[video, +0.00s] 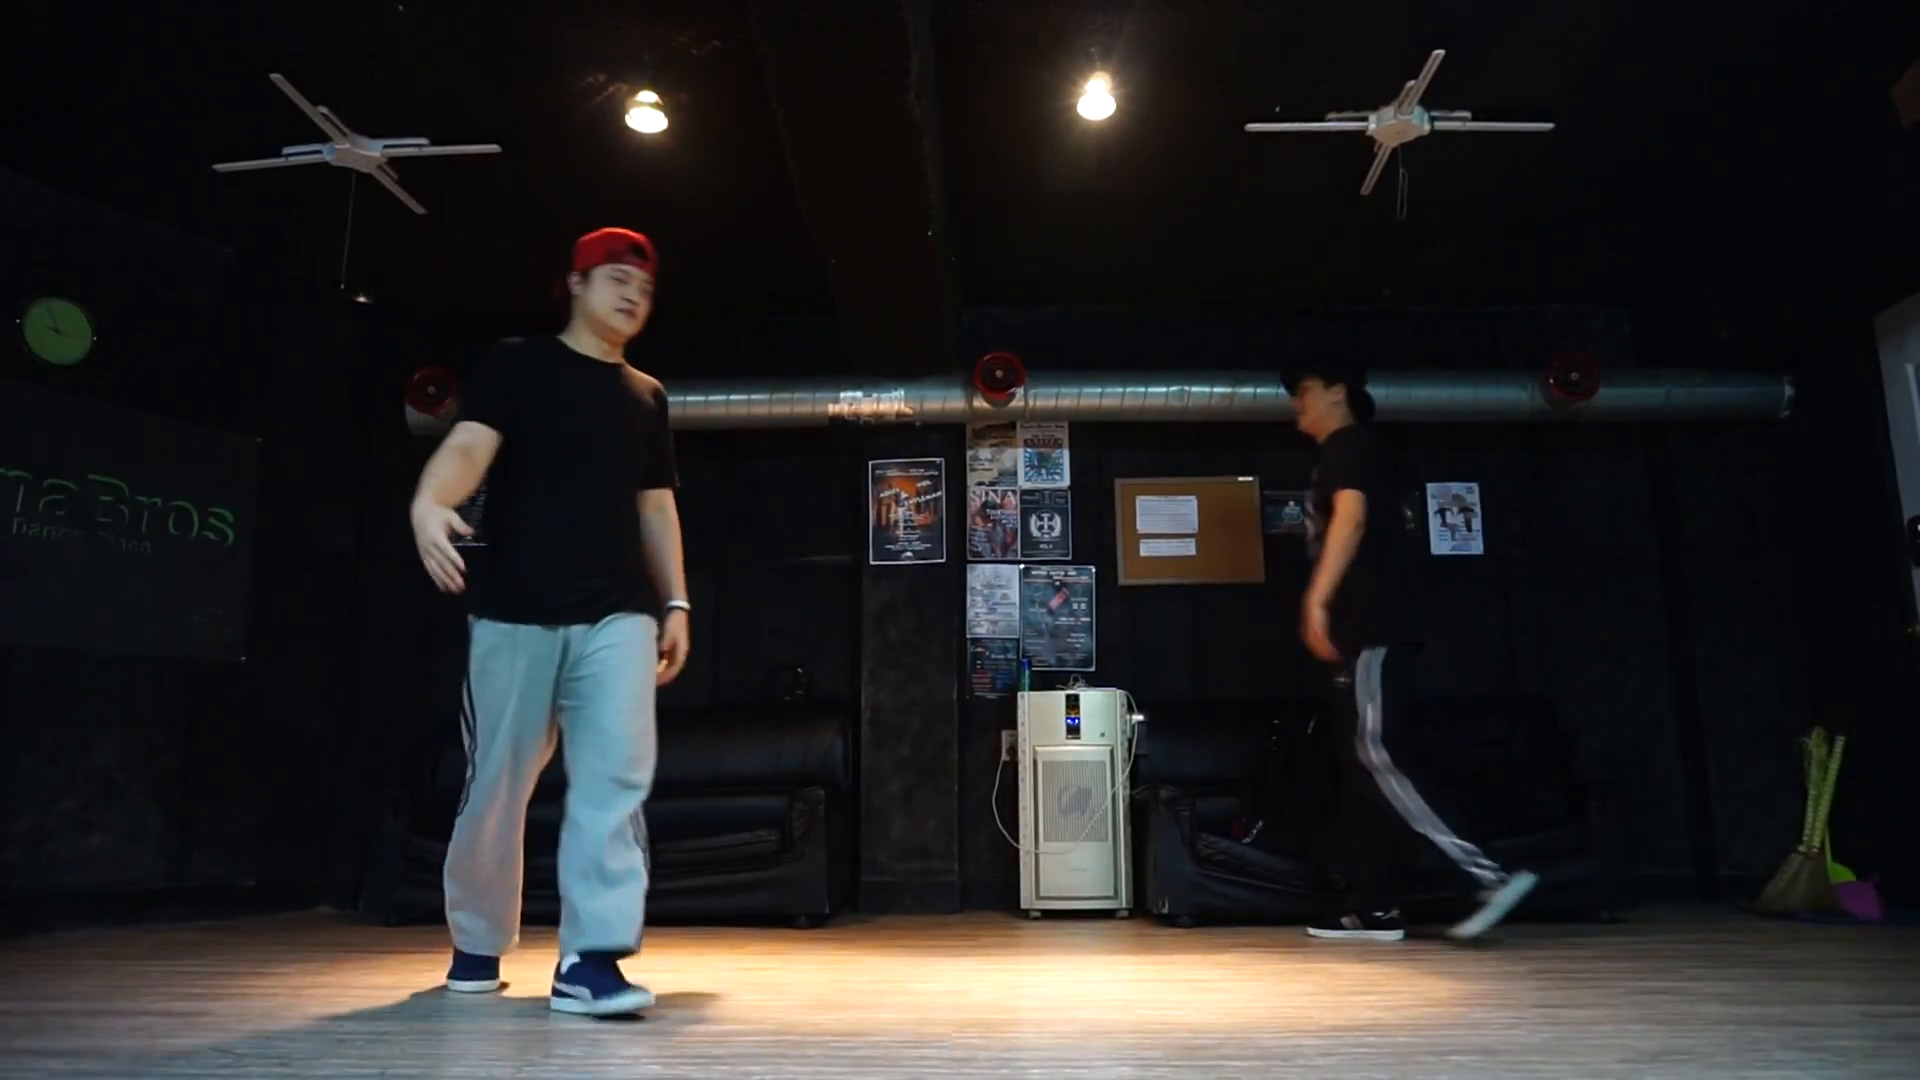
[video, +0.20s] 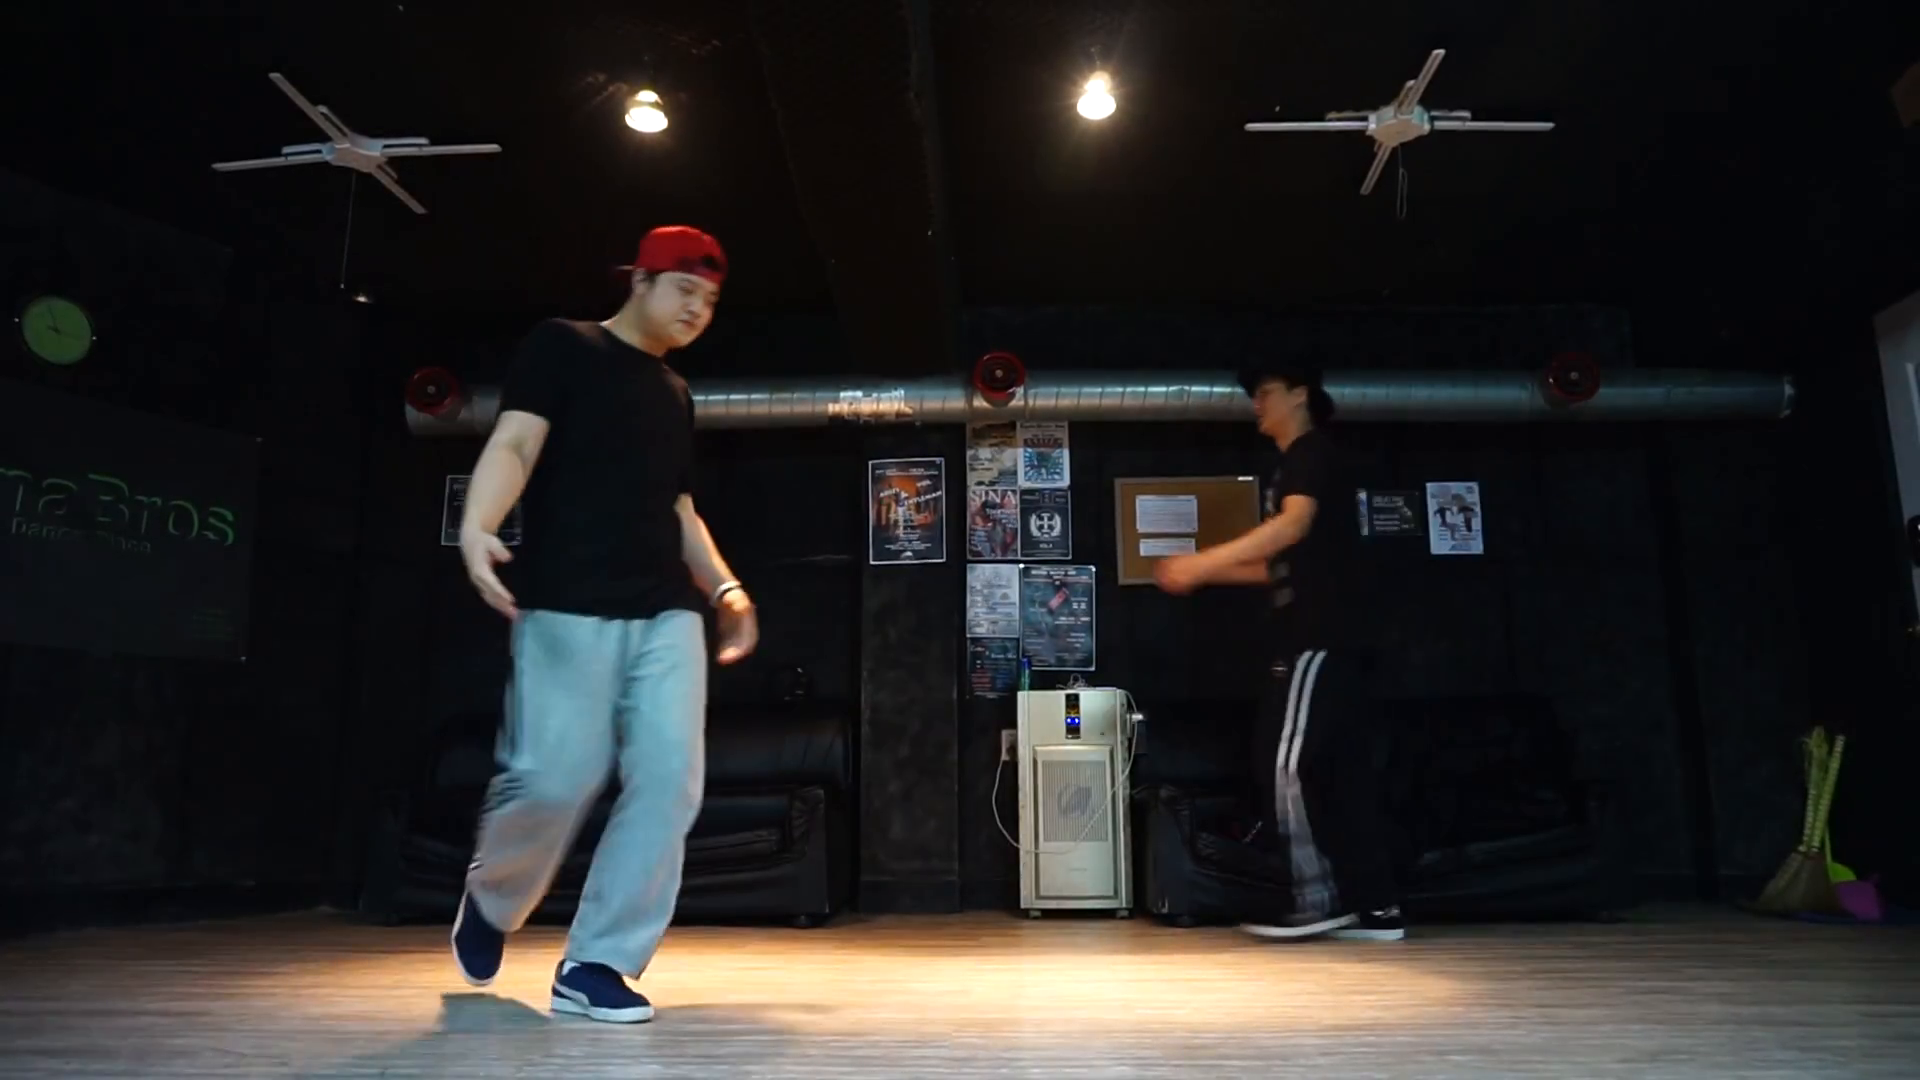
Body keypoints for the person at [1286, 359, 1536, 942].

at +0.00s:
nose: (1296, 406)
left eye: (1303, 393)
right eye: (1296, 395)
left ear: (1337, 392)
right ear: (1336, 393)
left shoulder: (1352, 446)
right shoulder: (1345, 450)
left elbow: (1350, 520)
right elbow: (1353, 531)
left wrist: (1316, 601)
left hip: (1375, 622)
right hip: (1363, 623)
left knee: (1376, 755)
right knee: (1358, 761)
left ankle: (1491, 879)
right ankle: (1374, 907)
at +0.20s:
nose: (1256, 407)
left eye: (1265, 394)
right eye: (1256, 397)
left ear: (1300, 394)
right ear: (1291, 397)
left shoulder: (1312, 453)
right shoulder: (1301, 464)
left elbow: (1295, 522)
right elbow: (1284, 563)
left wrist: (1202, 563)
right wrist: (1204, 568)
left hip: (1317, 635)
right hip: (1322, 633)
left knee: (1285, 762)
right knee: (1340, 767)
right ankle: (1375, 906)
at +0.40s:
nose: (1195, 431)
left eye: (1202, 418)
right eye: (1193, 420)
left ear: (1235, 411)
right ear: (1224, 418)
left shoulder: (1260, 470)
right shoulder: (1253, 472)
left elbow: (1222, 557)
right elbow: (1215, 565)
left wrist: (1144, 567)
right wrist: (1150, 565)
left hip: (1265, 648)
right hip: (1273, 646)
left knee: (1230, 776)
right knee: (1316, 774)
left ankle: (1181, 908)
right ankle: (1370, 904)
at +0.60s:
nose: (1118, 447)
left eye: (1121, 432)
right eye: (1113, 435)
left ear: (1151, 419)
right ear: (1149, 424)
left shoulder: (1185, 474)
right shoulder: (1185, 473)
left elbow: (1171, 566)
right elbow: (1173, 569)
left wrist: (1141, 649)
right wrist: (1142, 651)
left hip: (1201, 651)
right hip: (1200, 649)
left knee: (1173, 780)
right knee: (1204, 778)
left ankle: (1170, 913)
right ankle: (1317, 862)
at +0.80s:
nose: (1057, 432)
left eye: (1060, 419)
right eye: (1053, 421)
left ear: (1088, 409)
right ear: (1080, 414)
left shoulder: (1123, 465)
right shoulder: (1100, 470)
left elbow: (1146, 541)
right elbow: (1121, 555)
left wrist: (1162, 621)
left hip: (1139, 645)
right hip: (1115, 646)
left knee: (1148, 774)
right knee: (1099, 761)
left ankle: (1170, 909)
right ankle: (1171, 873)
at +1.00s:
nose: (996, 451)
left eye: (997, 437)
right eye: (992, 440)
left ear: (1021, 426)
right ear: (1023, 429)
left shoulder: (1060, 470)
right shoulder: (1046, 480)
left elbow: (1095, 526)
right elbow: (1091, 562)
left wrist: (1106, 598)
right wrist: (1121, 640)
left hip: (1084, 651)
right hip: (1063, 655)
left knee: (1125, 779)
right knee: (1039, 781)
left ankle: (1170, 908)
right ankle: (985, 895)